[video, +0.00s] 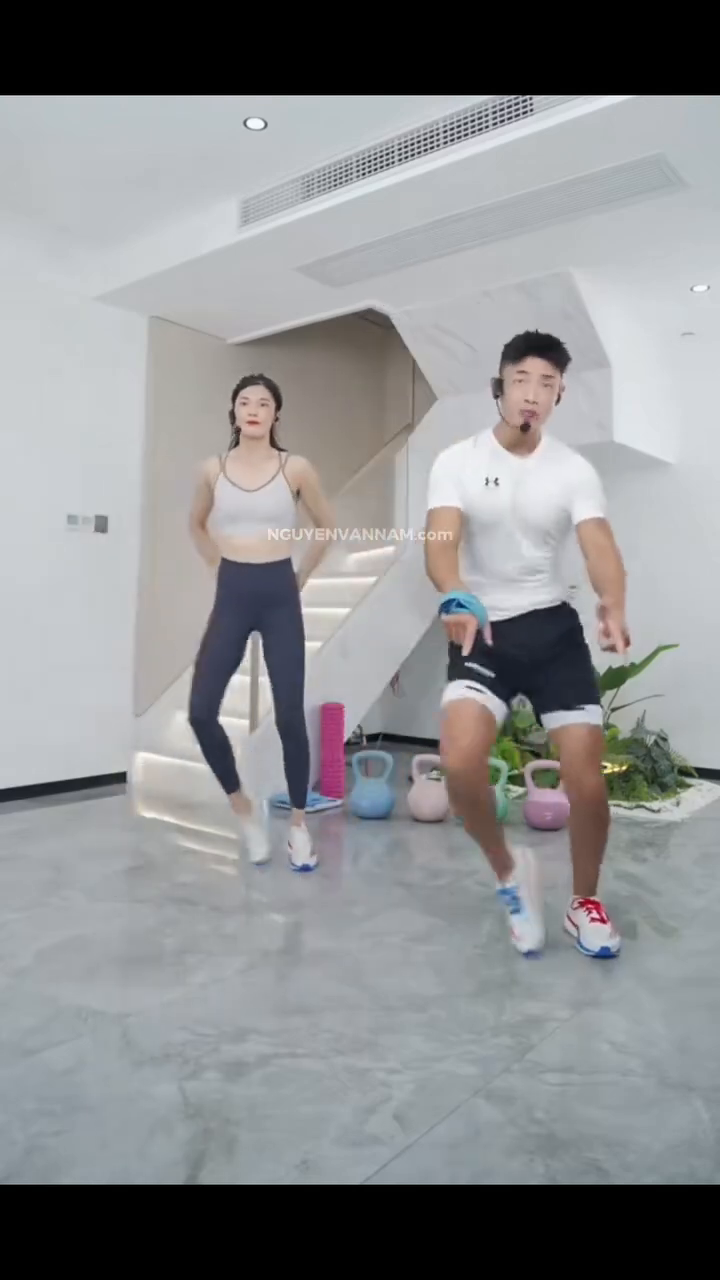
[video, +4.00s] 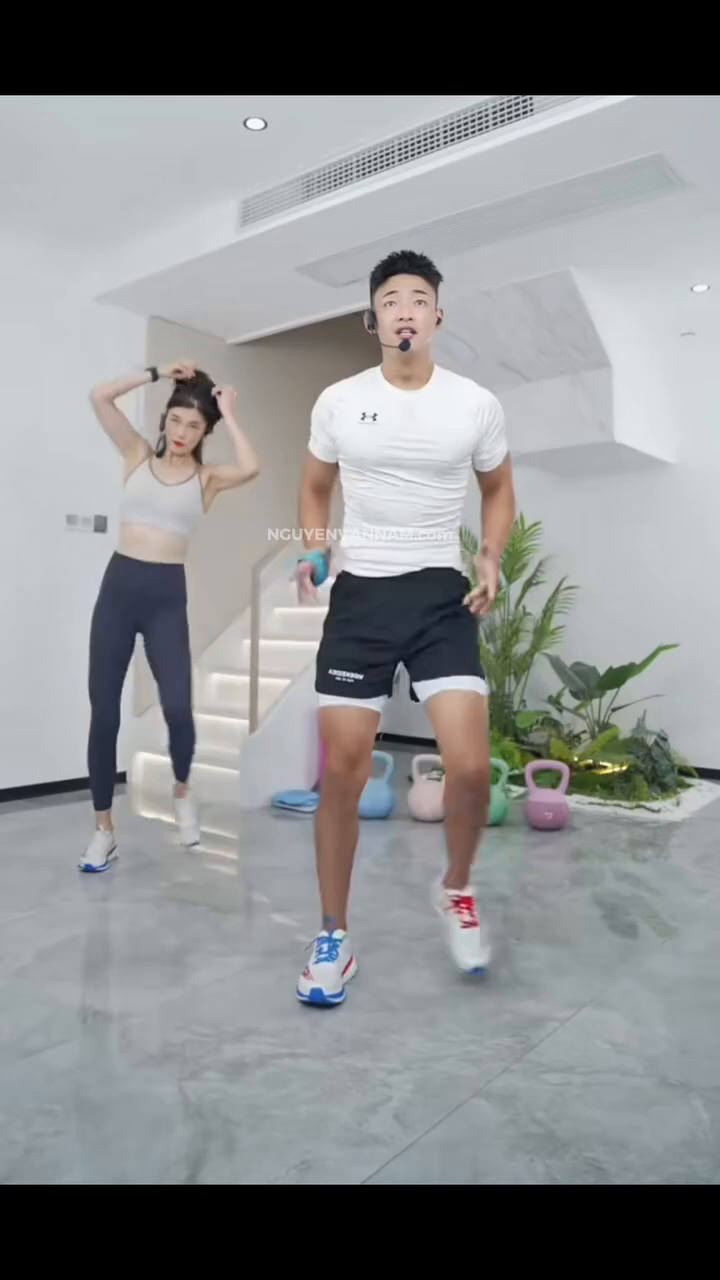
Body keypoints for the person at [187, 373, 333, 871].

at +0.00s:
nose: (253, 410)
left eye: (262, 403)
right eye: (245, 403)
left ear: (276, 414)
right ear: (233, 413)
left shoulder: (295, 469)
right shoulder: (215, 470)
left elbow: (328, 528)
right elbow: (196, 524)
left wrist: (299, 577)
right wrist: (221, 566)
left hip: (280, 593)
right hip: (232, 594)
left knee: (290, 716)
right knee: (201, 713)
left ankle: (298, 823)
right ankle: (243, 811)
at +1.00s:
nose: (200, 418)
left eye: (205, 410)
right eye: (192, 408)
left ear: (208, 415)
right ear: (164, 410)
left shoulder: (215, 466)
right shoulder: (133, 464)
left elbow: (263, 512)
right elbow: (113, 539)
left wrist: (221, 541)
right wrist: (139, 530)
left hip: (193, 599)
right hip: (142, 597)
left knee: (237, 700)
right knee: (113, 710)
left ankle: (239, 794)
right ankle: (94, 826)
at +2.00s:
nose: (243, 415)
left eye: (251, 407)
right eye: (236, 404)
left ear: (257, 412)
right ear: (217, 404)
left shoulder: (262, 463)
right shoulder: (182, 453)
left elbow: (283, 535)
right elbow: (162, 516)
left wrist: (277, 596)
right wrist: (152, 579)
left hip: (231, 588)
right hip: (179, 583)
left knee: (254, 706)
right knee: (145, 701)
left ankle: (290, 818)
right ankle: (108, 817)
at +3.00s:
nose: (226, 417)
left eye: (236, 410)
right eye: (219, 408)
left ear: (248, 419)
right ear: (205, 413)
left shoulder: (260, 464)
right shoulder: (184, 461)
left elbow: (311, 451)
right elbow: (139, 422)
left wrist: (277, 393)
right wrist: (179, 373)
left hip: (256, 594)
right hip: (205, 595)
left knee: (265, 710)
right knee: (146, 706)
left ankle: (277, 825)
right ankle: (128, 815)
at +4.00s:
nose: (184, 430)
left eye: (194, 424)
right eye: (178, 420)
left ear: (205, 431)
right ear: (165, 420)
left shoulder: (207, 478)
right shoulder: (136, 456)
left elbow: (250, 469)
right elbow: (101, 396)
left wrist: (228, 415)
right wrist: (159, 372)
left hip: (168, 597)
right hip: (118, 592)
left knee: (179, 710)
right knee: (104, 711)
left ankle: (182, 793)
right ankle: (103, 826)